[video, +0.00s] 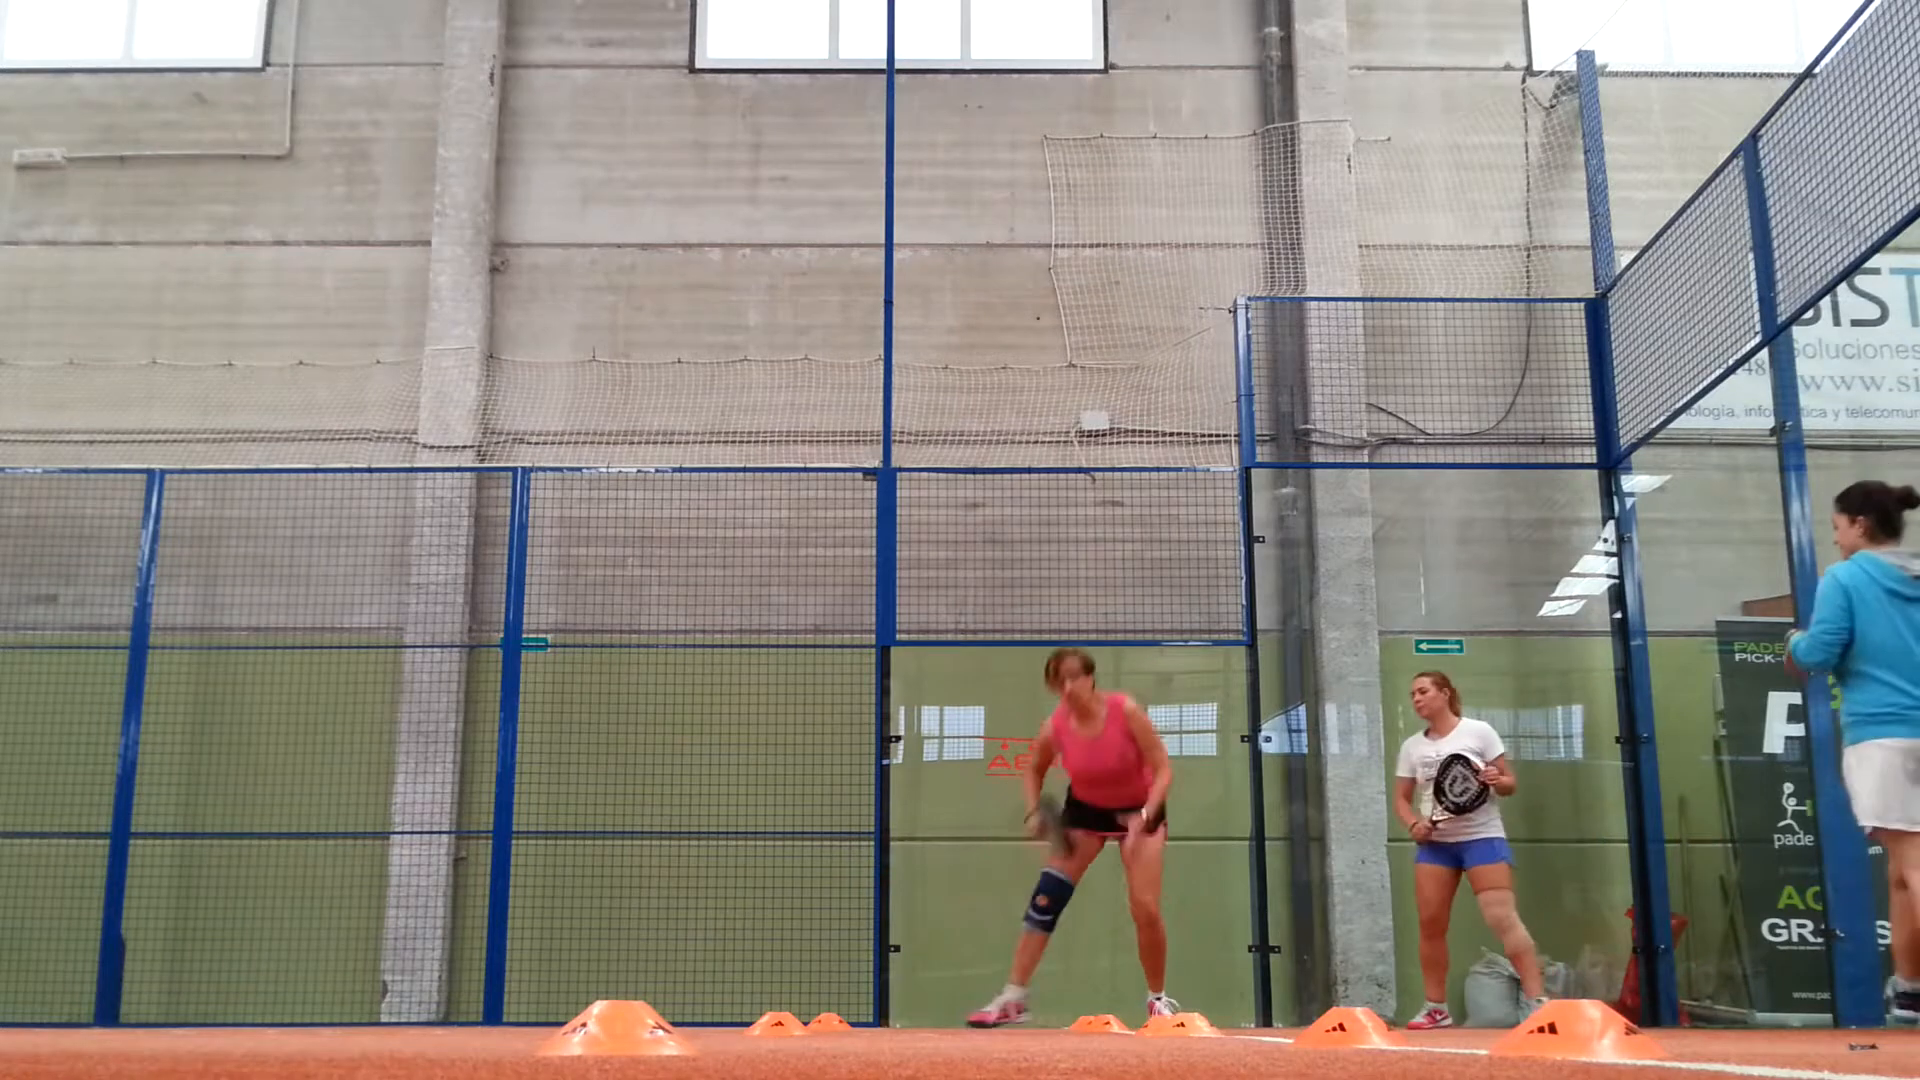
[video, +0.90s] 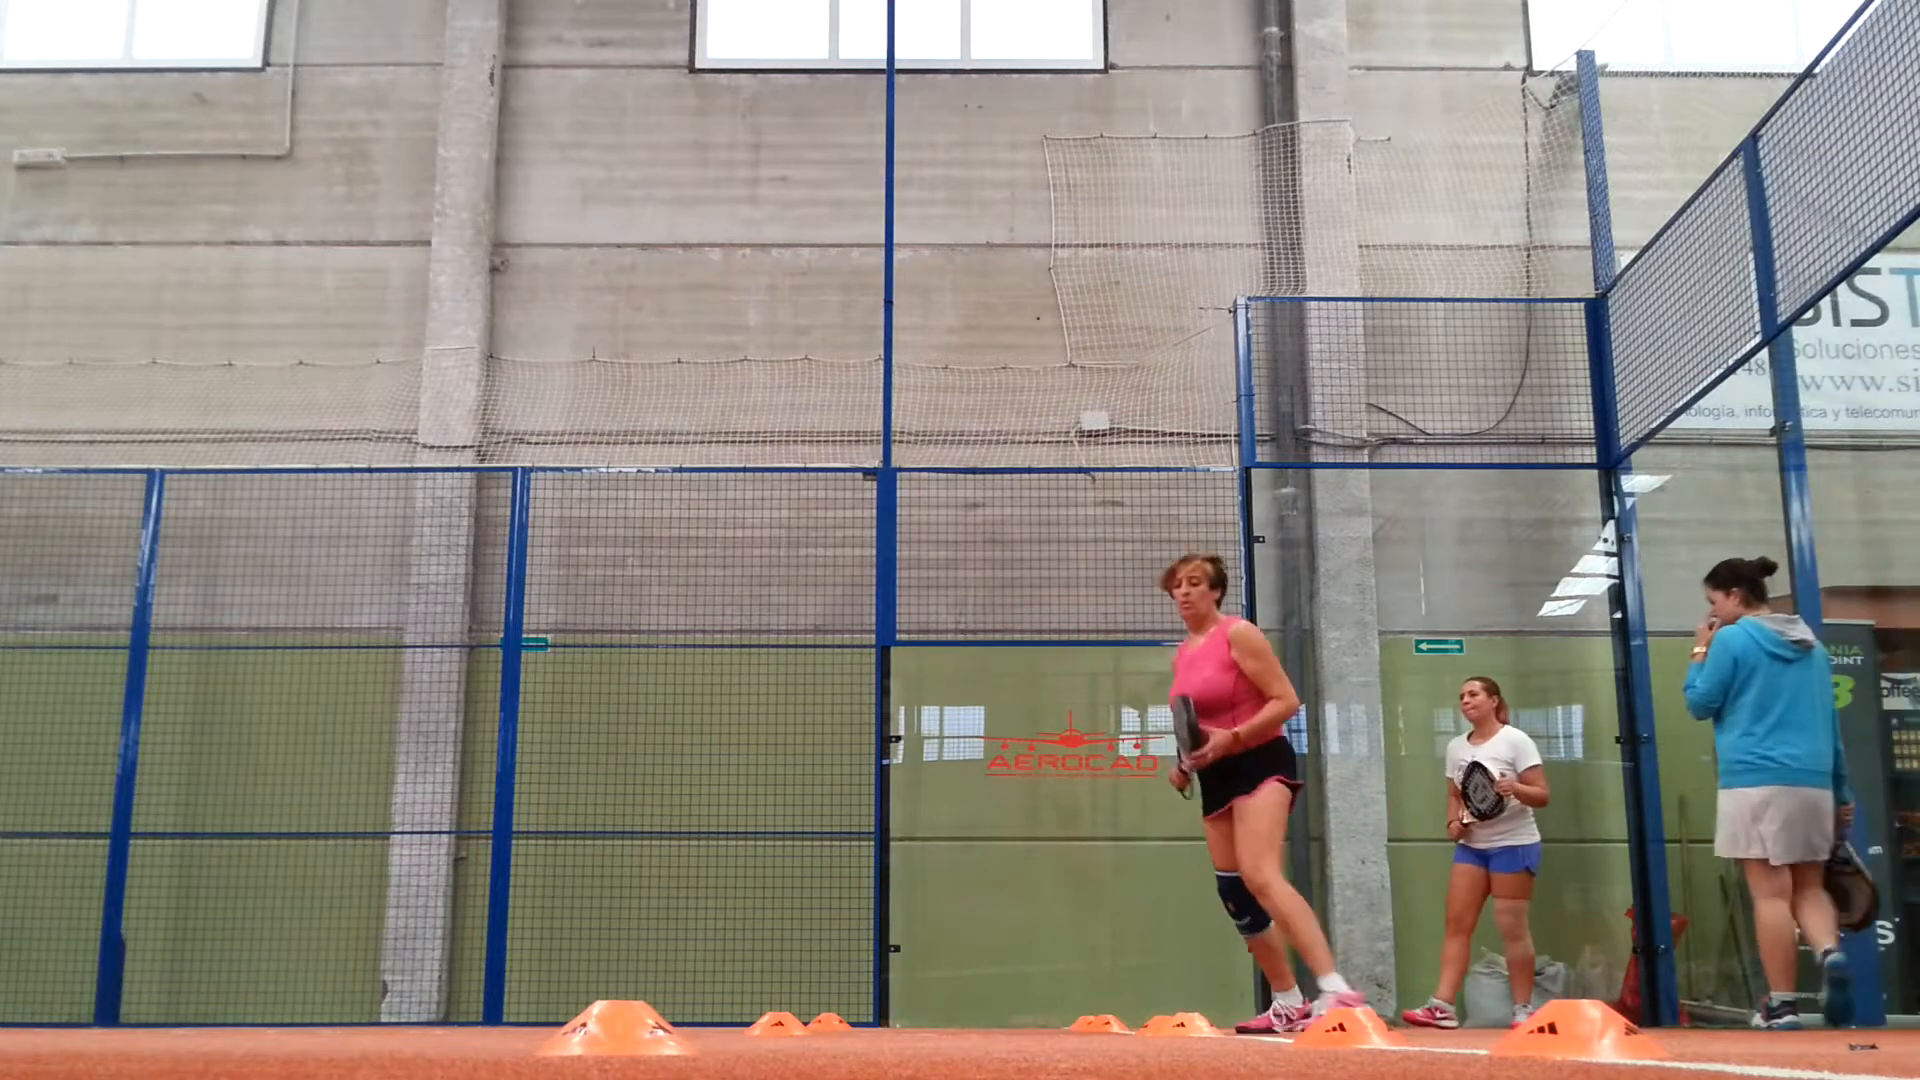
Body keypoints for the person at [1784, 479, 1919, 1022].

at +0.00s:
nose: (1835, 537)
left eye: (1837, 528)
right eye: (1834, 528)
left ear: (1859, 525)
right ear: (1883, 525)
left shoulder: (1846, 575)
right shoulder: (1911, 571)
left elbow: (1819, 656)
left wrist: (1792, 638)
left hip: (1886, 736)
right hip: (1914, 731)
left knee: (1907, 873)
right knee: (1904, 873)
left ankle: (1909, 990)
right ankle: (1907, 988)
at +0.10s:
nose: (1826, 547)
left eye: (1828, 538)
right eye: (1827, 539)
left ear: (1847, 539)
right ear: (1875, 540)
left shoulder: (1833, 591)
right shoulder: (1909, 586)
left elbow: (1817, 666)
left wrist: (1788, 659)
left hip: (1869, 746)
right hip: (1912, 742)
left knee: (1902, 871)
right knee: (1887, 875)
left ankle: (1909, 996)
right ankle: (1897, 999)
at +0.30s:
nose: (1804, 560)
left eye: (1806, 551)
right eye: (1805, 551)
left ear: (1822, 551)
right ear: (1858, 550)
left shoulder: (1810, 602)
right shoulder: (1901, 603)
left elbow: (1798, 674)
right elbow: (1914, 673)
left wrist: (1768, 667)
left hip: (1842, 762)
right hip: (1906, 755)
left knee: (1823, 875)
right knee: (1892, 879)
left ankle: (1888, 939)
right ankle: (1897, 1004)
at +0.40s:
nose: (1789, 569)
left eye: (1791, 560)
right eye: (1789, 560)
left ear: (1808, 557)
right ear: (1844, 557)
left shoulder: (1799, 605)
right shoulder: (1895, 612)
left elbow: (1780, 678)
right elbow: (1911, 686)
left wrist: (1759, 655)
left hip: (1828, 759)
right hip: (1898, 753)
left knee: (1809, 868)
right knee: (1886, 875)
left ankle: (1850, 962)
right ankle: (1894, 1001)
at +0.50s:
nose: (1775, 578)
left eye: (1777, 570)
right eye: (1775, 570)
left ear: (1796, 567)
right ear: (1824, 567)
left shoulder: (1790, 614)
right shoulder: (1874, 616)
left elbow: (1761, 685)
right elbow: (1883, 682)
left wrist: (1749, 646)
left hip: (1811, 765)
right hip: (1878, 758)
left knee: (1805, 880)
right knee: (1876, 878)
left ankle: (1809, 998)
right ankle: (1891, 1000)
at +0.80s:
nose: (1723, 608)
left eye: (1725, 599)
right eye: (1721, 600)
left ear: (1747, 594)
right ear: (1770, 592)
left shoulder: (1746, 638)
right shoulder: (1820, 641)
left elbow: (1712, 703)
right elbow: (1818, 703)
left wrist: (1711, 653)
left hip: (1762, 786)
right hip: (1825, 784)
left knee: (1771, 897)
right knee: (1830, 891)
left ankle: (1783, 1006)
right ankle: (1863, 959)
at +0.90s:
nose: (1711, 611)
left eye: (1713, 603)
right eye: (1710, 603)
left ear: (1734, 596)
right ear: (1756, 596)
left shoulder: (1733, 638)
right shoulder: (1811, 645)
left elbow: (1700, 703)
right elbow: (1831, 728)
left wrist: (1699, 652)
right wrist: (1842, 795)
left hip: (1755, 782)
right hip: (1814, 782)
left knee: (1771, 895)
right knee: (1811, 885)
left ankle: (1782, 1006)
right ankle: (1832, 954)